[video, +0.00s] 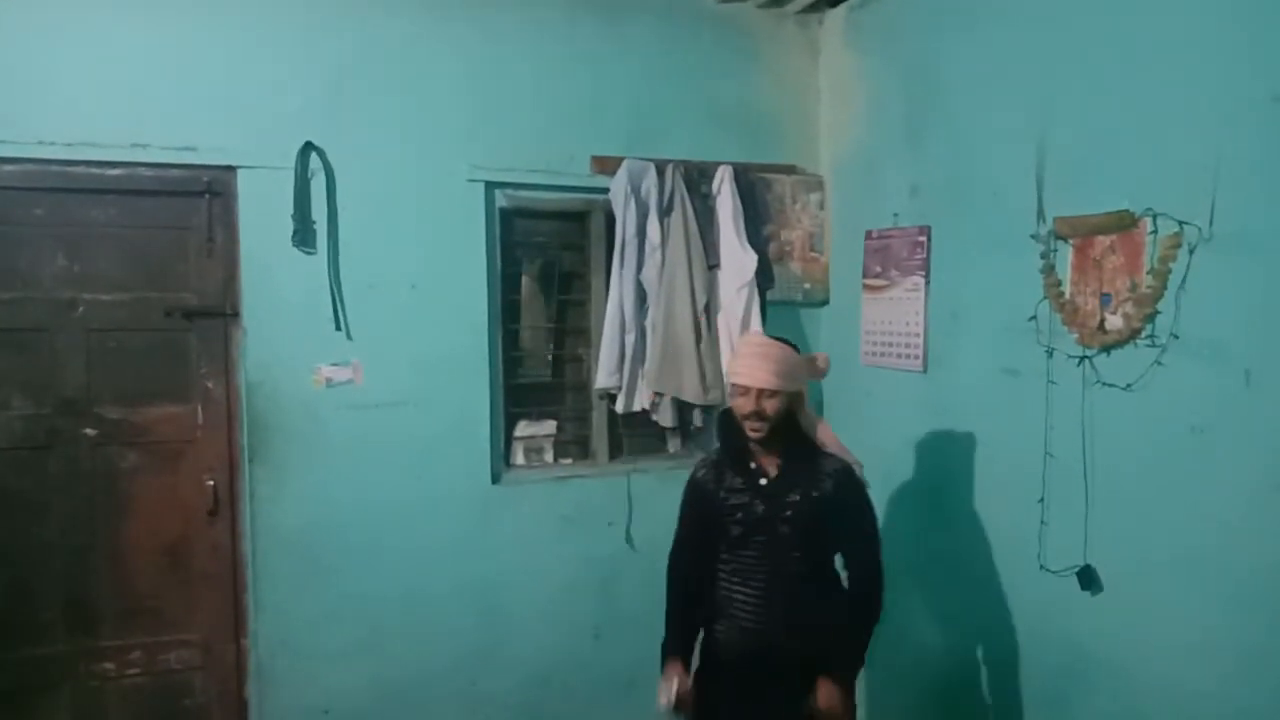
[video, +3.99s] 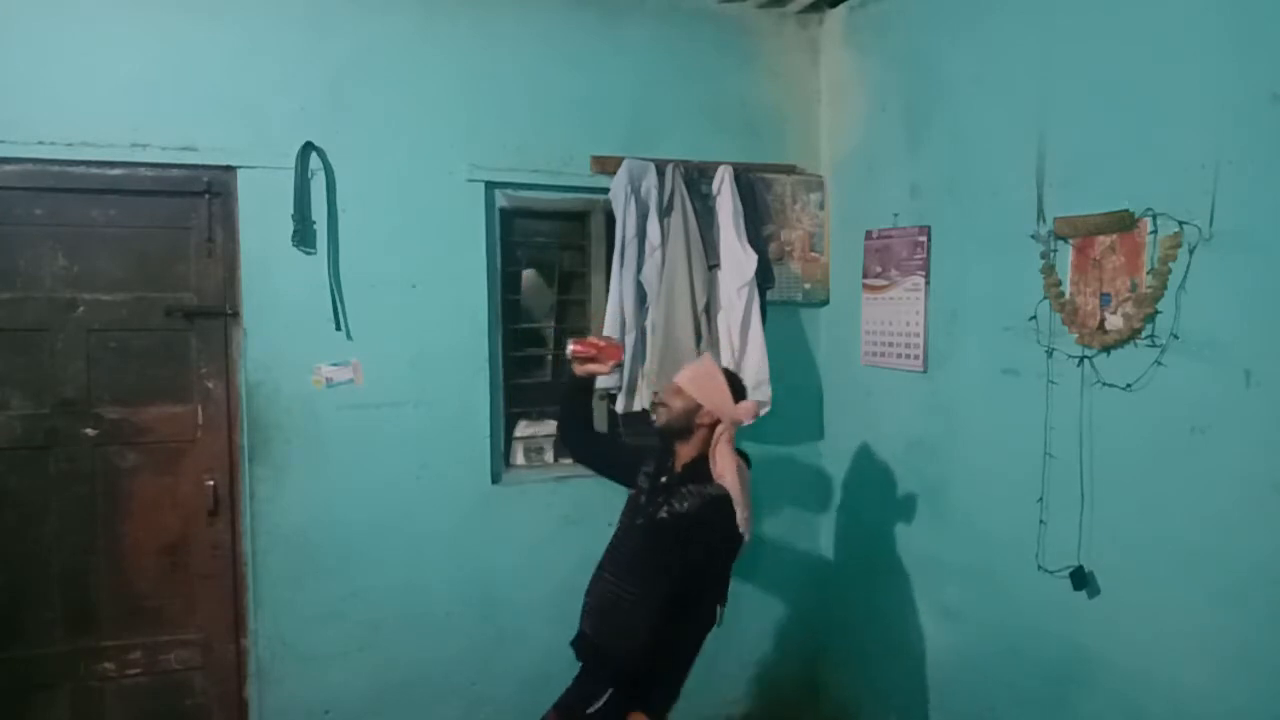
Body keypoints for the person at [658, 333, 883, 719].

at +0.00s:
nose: (752, 407)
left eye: (768, 395)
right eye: (741, 393)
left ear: (794, 400)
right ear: (729, 396)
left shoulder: (834, 479)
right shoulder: (709, 478)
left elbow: (867, 579)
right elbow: (686, 571)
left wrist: (841, 673)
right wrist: (676, 656)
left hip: (805, 670)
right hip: (726, 668)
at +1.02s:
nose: (731, 371)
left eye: (744, 361)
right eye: (724, 359)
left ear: (770, 366)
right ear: (715, 361)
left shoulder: (804, 425)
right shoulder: (717, 422)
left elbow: (800, 500)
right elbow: (680, 477)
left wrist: (738, 504)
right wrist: (658, 490)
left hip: (799, 599)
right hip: (740, 595)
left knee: (770, 709)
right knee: (740, 708)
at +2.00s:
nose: (662, 385)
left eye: (676, 374)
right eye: (657, 372)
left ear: (708, 378)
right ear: (651, 372)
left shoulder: (730, 454)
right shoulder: (681, 441)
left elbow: (693, 539)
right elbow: (659, 538)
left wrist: (625, 511)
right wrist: (616, 598)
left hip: (696, 637)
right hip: (663, 630)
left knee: (669, 710)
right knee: (665, 708)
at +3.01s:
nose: (692, 391)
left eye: (707, 384)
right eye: (695, 381)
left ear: (738, 404)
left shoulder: (759, 495)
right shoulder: (665, 466)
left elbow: (771, 607)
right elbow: (586, 484)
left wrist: (763, 698)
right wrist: (582, 431)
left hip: (692, 656)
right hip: (638, 643)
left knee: (645, 711)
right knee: (641, 711)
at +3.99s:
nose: (660, 395)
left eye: (678, 390)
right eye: (669, 386)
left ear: (706, 416)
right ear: (702, 418)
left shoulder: (716, 504)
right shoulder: (655, 462)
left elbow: (698, 612)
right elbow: (581, 444)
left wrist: (652, 703)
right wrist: (580, 379)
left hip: (634, 670)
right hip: (600, 652)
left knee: (560, 712)